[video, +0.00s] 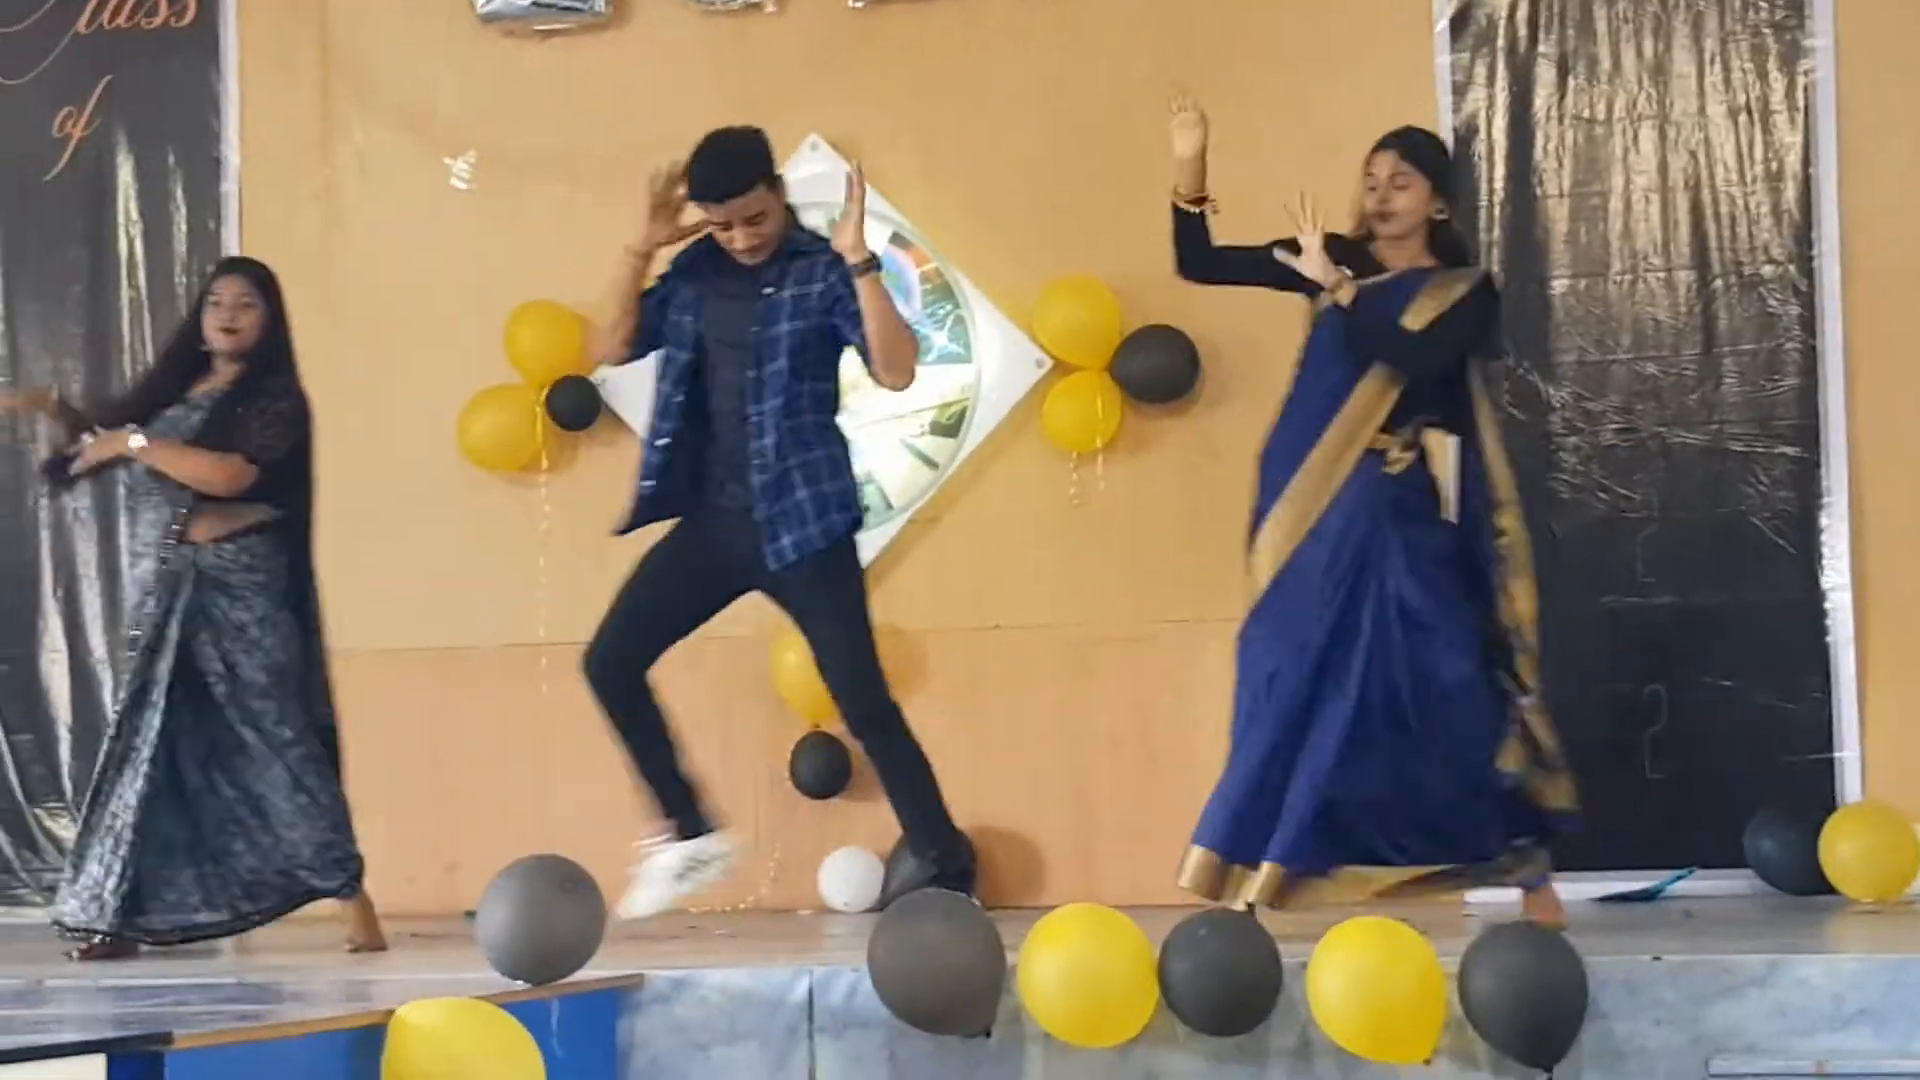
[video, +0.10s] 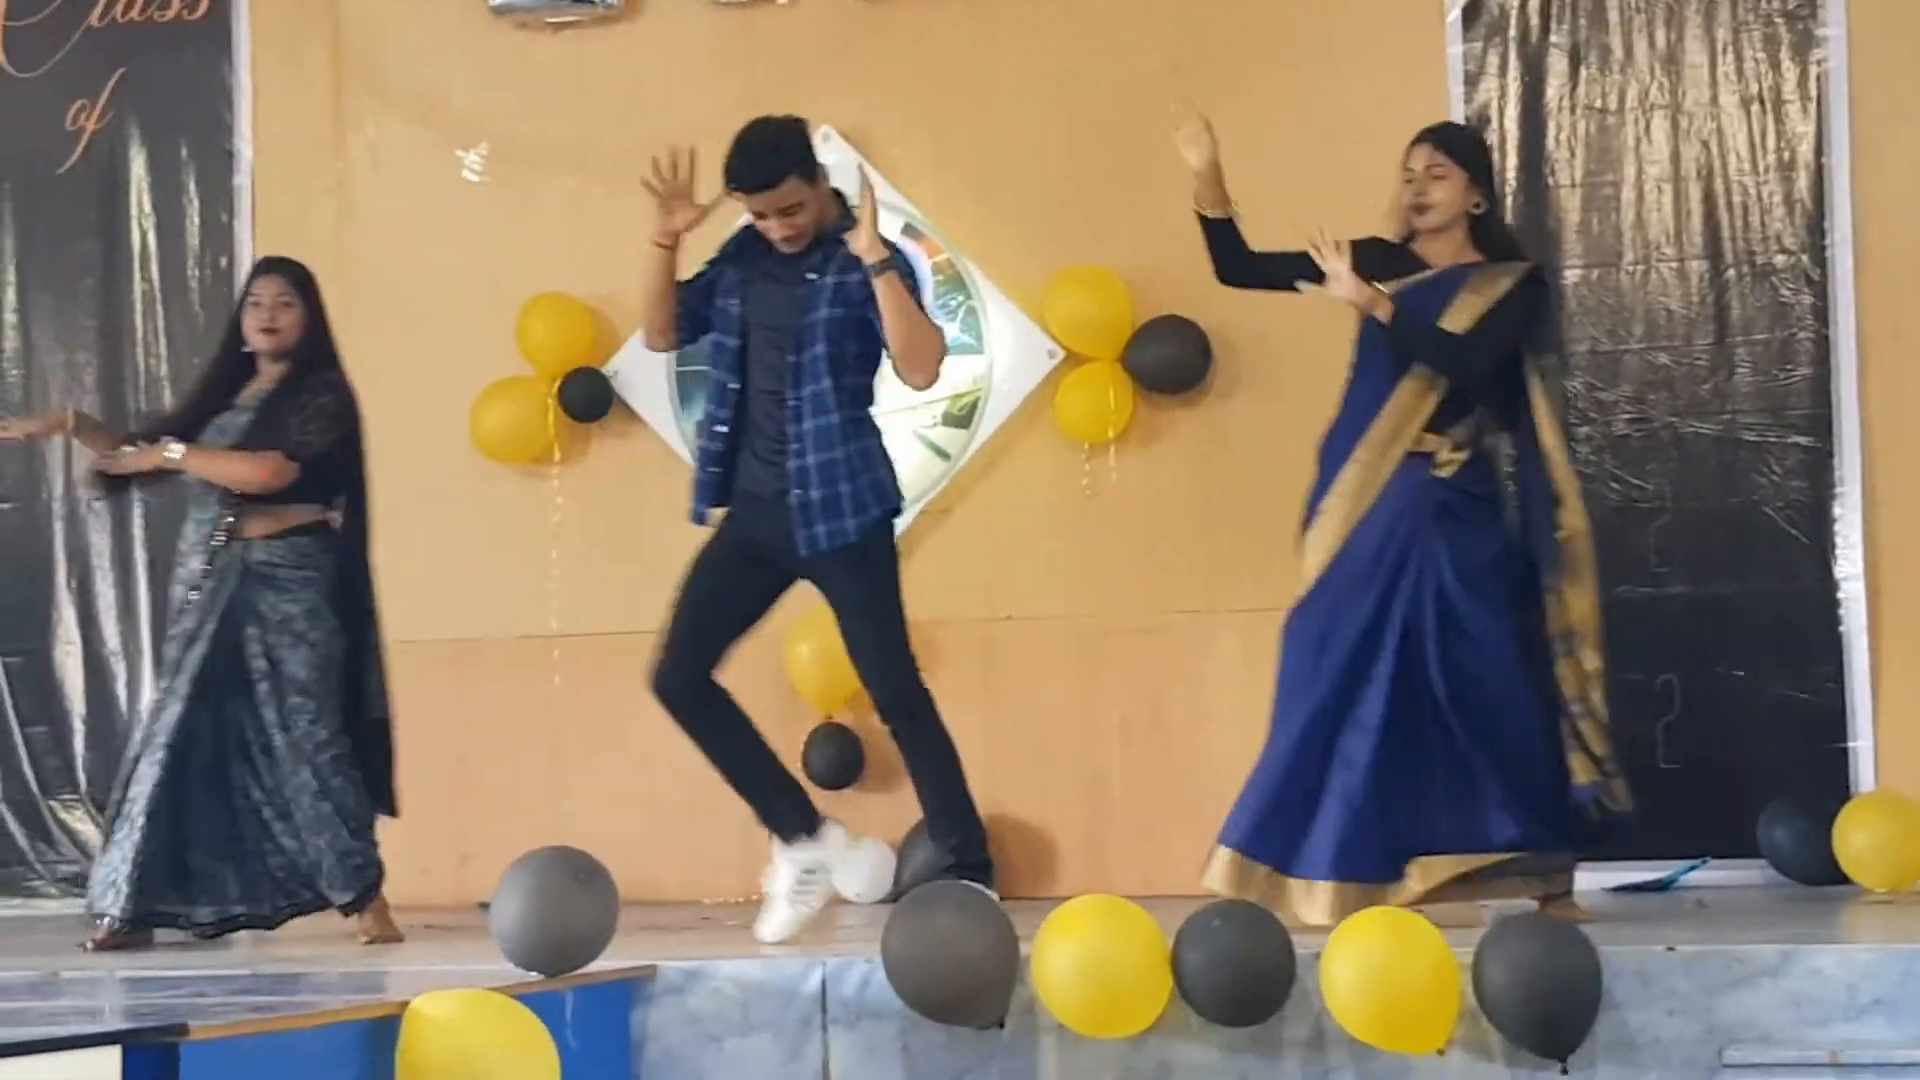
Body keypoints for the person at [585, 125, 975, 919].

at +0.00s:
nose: (741, 237)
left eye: (756, 218)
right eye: (724, 224)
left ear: (781, 196)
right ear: (703, 215)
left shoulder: (826, 270)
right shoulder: (693, 275)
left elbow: (897, 368)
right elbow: (616, 349)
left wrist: (860, 261)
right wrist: (642, 251)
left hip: (804, 527)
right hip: (714, 527)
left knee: (864, 706)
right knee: (611, 663)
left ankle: (948, 871)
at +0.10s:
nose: (776, 228)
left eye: (790, 210)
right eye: (760, 215)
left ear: (825, 187)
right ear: (742, 204)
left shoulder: (872, 261)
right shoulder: (745, 256)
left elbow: (922, 368)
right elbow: (664, 333)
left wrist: (877, 264)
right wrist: (668, 241)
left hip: (844, 518)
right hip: (757, 520)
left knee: (897, 694)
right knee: (677, 678)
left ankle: (968, 879)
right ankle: (808, 843)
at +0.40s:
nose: (888, 169)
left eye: (902, 151)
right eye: (870, 155)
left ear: (922, 129)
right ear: (842, 142)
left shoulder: (961, 187)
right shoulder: (813, 180)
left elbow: (1007, 306)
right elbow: (739, 270)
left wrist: (928, 263)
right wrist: (755, 244)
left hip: (930, 459)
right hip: (837, 458)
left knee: (958, 650)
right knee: (765, 634)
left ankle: (1004, 846)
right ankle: (820, 829)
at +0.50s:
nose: (928, 166)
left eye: (936, 146)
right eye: (908, 152)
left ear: (944, 138)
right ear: (865, 149)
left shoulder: (972, 226)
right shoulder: (807, 221)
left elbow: (989, 361)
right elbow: (767, 342)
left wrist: (921, 352)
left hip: (930, 471)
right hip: (833, 472)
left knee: (959, 657)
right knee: (787, 660)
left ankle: (1010, 854)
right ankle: (830, 849)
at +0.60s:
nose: (923, 180)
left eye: (928, 162)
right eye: (903, 167)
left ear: (935, 156)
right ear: (856, 169)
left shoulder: (961, 253)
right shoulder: (799, 258)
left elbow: (978, 376)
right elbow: (777, 389)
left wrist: (946, 414)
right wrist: (830, 457)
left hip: (915, 481)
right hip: (817, 481)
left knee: (955, 662)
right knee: (740, 657)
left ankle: (1009, 847)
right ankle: (780, 825)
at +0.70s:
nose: (872, 181)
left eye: (874, 162)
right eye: (852, 168)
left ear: (876, 154)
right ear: (805, 167)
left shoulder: (914, 233)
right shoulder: (760, 253)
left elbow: (972, 329)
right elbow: (763, 394)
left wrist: (992, 365)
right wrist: (851, 391)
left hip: (880, 487)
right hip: (782, 484)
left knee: (931, 664)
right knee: (684, 643)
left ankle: (1002, 834)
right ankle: (685, 813)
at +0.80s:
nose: (799, 168)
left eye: (801, 151)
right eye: (780, 157)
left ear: (804, 145)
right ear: (729, 160)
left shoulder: (843, 213)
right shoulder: (691, 242)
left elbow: (935, 280)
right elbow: (725, 360)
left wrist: (993, 280)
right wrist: (812, 294)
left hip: (844, 484)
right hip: (741, 486)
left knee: (910, 657)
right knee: (647, 653)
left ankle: (999, 834)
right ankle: (576, 828)